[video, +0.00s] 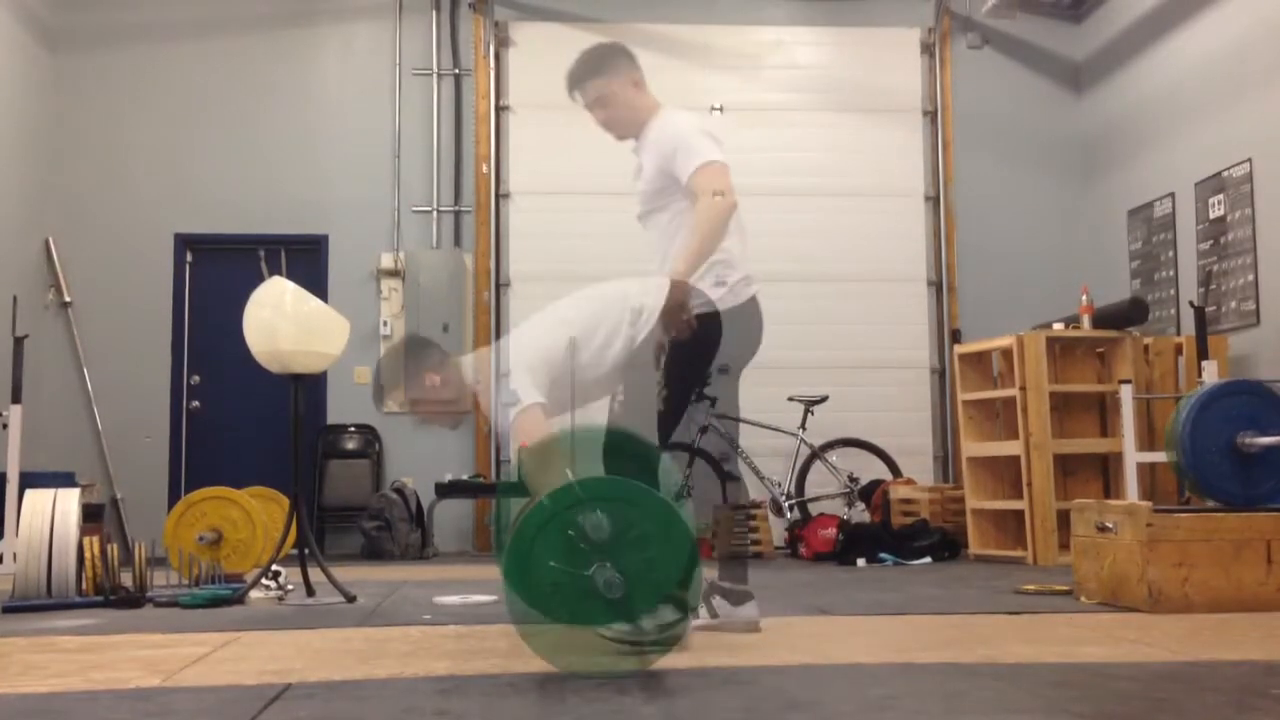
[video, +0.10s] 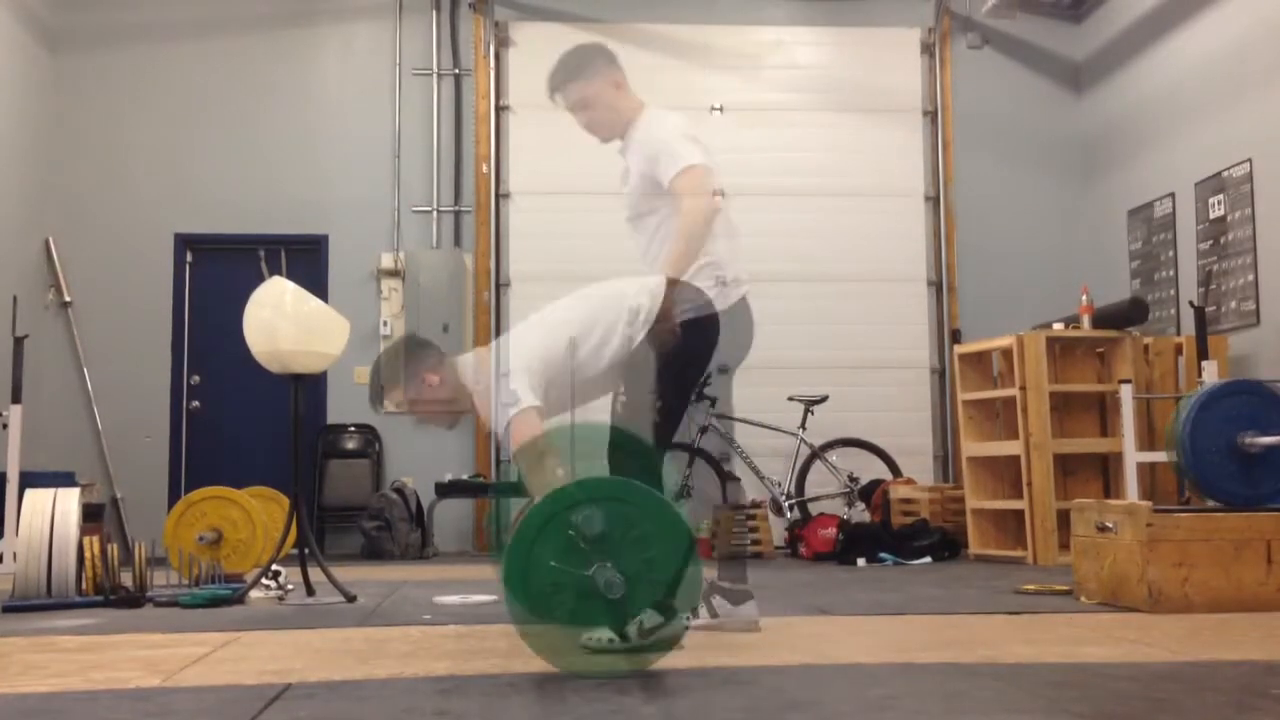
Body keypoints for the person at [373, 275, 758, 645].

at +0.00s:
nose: (426, 420)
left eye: (418, 408)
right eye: (415, 416)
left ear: (434, 376)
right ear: (435, 374)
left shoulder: (510, 377)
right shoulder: (499, 376)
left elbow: (551, 488)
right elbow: (548, 484)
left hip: (694, 319)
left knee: (689, 466)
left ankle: (729, 595)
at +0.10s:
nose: (420, 421)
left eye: (413, 409)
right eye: (410, 414)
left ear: (431, 380)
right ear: (432, 376)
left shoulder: (505, 381)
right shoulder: (491, 379)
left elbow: (550, 489)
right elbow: (545, 485)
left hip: (680, 318)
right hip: (656, 324)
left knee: (640, 471)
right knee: (628, 468)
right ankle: (641, 603)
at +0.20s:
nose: (417, 422)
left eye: (407, 411)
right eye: (406, 416)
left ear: (427, 379)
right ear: (430, 375)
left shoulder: (493, 381)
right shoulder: (485, 379)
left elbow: (538, 458)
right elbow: (532, 461)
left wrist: (570, 549)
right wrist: (566, 547)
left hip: (674, 317)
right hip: (655, 321)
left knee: (640, 466)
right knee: (632, 464)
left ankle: (653, 588)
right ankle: (644, 585)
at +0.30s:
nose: (412, 421)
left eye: (403, 409)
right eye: (401, 414)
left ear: (426, 382)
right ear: (428, 378)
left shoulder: (489, 384)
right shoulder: (484, 377)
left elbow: (540, 463)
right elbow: (531, 463)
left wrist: (567, 544)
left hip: (672, 314)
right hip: (658, 315)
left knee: (638, 469)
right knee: (633, 468)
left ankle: (645, 589)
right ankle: (640, 586)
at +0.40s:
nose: (406, 414)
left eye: (399, 400)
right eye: (397, 405)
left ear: (424, 377)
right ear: (427, 373)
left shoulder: (490, 383)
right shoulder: (484, 378)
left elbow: (537, 458)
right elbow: (531, 459)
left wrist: (571, 538)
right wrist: (545, 516)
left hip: (675, 316)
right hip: (655, 320)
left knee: (638, 465)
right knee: (626, 465)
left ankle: (643, 583)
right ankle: (632, 580)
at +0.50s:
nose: (402, 400)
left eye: (398, 385)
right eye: (394, 389)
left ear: (425, 367)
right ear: (429, 364)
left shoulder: (494, 379)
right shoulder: (488, 378)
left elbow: (542, 456)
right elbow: (534, 461)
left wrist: (579, 540)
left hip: (681, 320)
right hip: (668, 322)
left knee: (625, 454)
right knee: (618, 453)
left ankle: (631, 580)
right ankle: (625, 577)